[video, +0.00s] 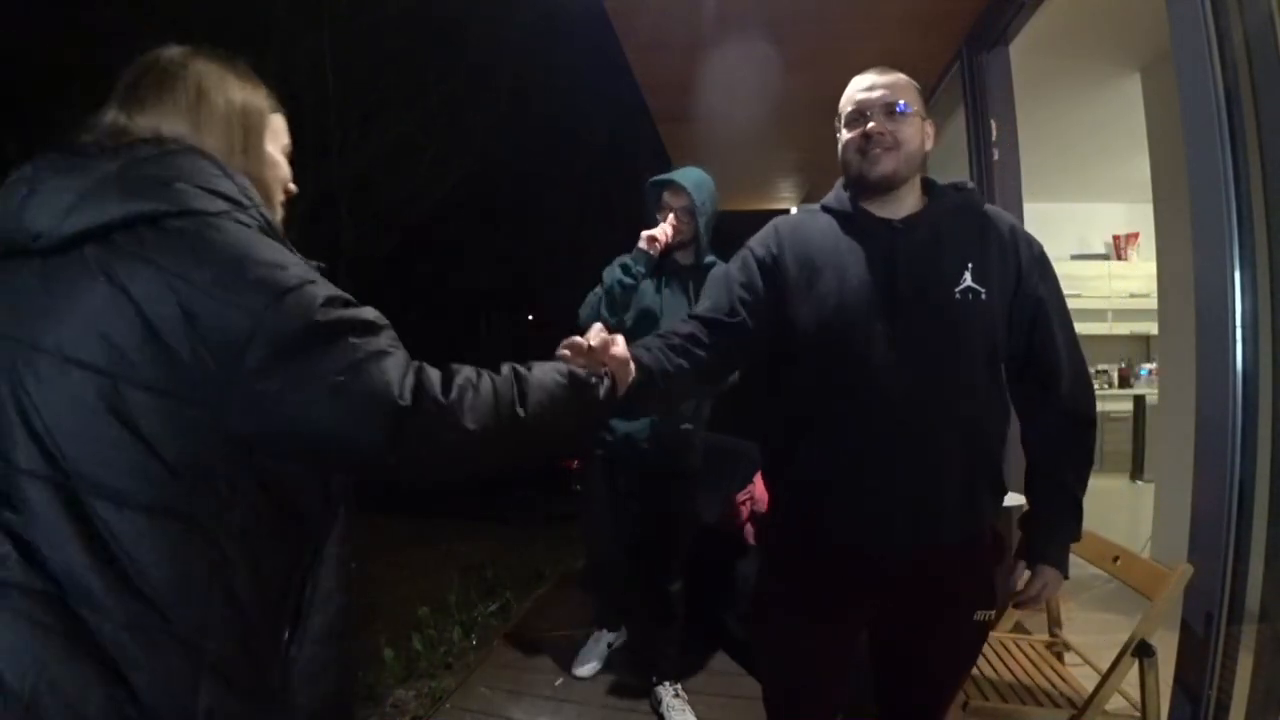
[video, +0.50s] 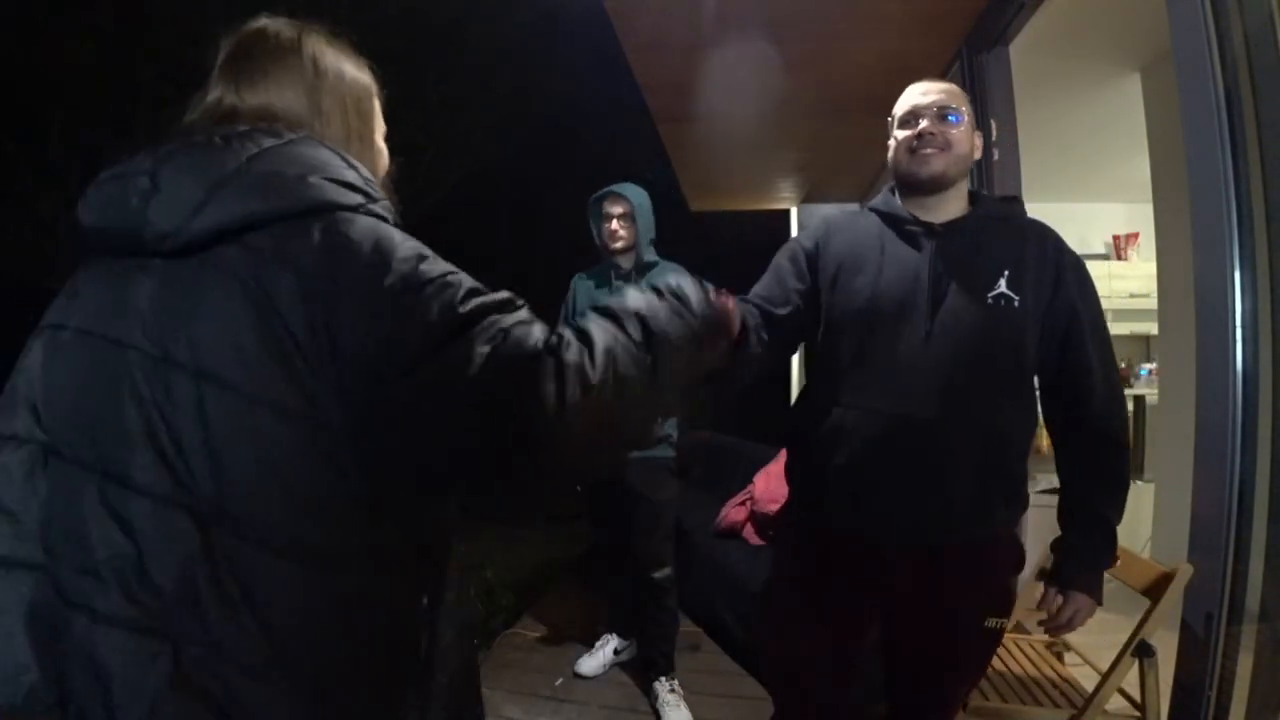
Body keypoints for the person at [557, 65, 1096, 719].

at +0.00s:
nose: (872, 125)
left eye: (892, 110)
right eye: (855, 117)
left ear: (930, 134)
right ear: (837, 145)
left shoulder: (1001, 248)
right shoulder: (786, 244)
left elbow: (1060, 405)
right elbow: (702, 340)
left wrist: (1049, 545)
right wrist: (632, 367)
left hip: (951, 549)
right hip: (813, 546)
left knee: (916, 709)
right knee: (806, 708)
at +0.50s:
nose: (925, 125)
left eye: (947, 115)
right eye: (908, 119)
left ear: (982, 143)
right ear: (887, 149)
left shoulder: (1037, 255)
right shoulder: (828, 238)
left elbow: (1092, 415)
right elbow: (758, 329)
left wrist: (1083, 553)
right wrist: (716, 329)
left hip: (966, 551)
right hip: (829, 539)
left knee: (927, 705)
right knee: (816, 703)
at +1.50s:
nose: (912, 132)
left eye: (930, 122)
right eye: (894, 126)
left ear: (957, 153)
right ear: (869, 158)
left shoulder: (1018, 255)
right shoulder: (821, 249)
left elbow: (1081, 419)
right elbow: (740, 344)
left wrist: (1063, 569)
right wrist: (673, 419)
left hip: (951, 542)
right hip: (821, 532)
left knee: (916, 703)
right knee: (813, 699)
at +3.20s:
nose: (909, 76)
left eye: (941, 63)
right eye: (891, 64)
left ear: (979, 102)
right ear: (865, 99)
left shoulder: (1040, 209)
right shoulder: (796, 218)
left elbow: (1104, 440)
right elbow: (730, 376)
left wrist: (990, 638)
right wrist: (735, 511)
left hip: (944, 596)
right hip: (787, 582)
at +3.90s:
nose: (851, 105)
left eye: (877, 87)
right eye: (822, 96)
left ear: (920, 125)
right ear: (793, 147)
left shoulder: (1019, 259)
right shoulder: (735, 278)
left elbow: (1085, 469)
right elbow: (697, 462)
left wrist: (965, 643)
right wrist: (747, 606)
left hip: (945, 645)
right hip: (786, 639)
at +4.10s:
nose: (804, 166)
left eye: (841, 133)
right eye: (776, 144)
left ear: (911, 160)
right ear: (752, 178)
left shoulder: (1019, 309)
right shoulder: (708, 317)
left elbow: (1121, 534)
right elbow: (659, 498)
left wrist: (969, 668)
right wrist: (713, 627)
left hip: (935, 686)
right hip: (763, 681)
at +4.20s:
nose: (733, 212)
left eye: (772, 171)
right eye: (706, 187)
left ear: (866, 183)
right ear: (690, 206)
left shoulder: (994, 333)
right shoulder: (686, 338)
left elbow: (1132, 583)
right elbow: (658, 504)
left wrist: (962, 693)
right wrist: (700, 634)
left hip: (941, 668)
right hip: (768, 671)